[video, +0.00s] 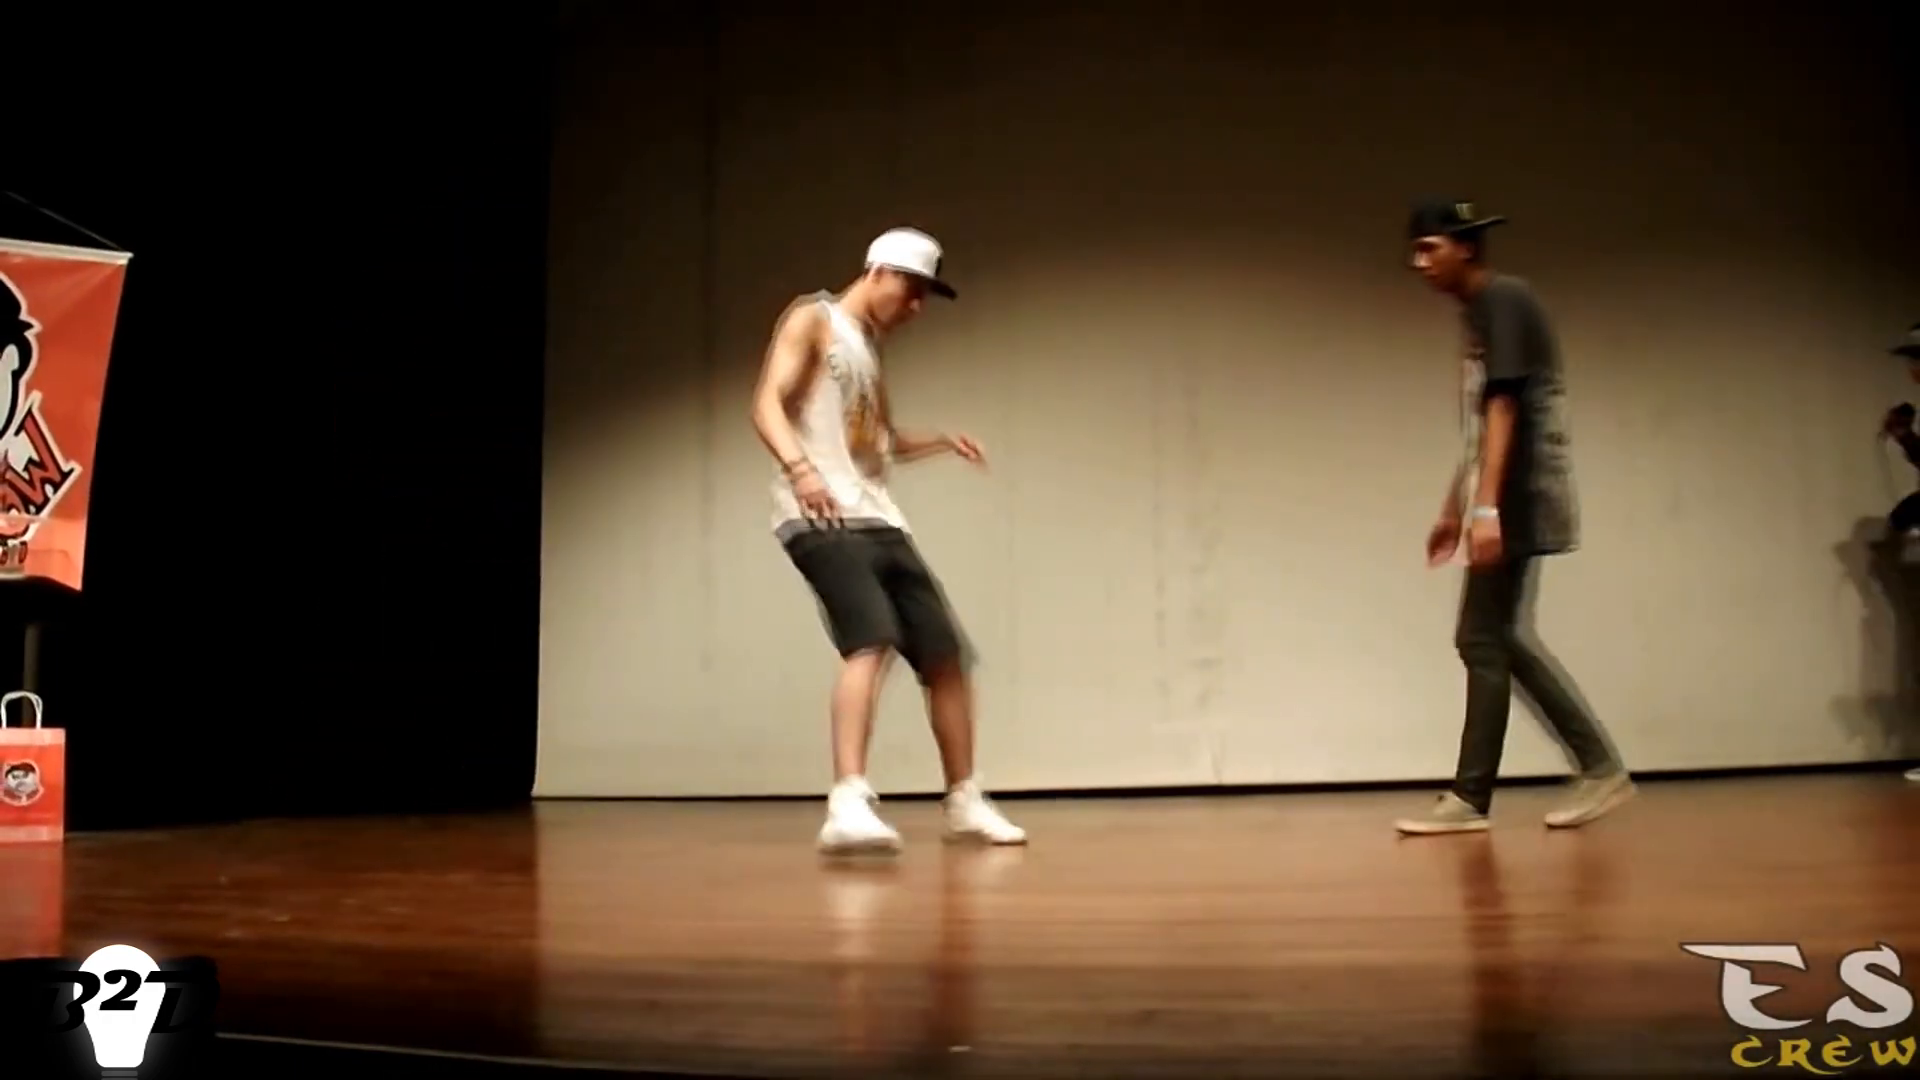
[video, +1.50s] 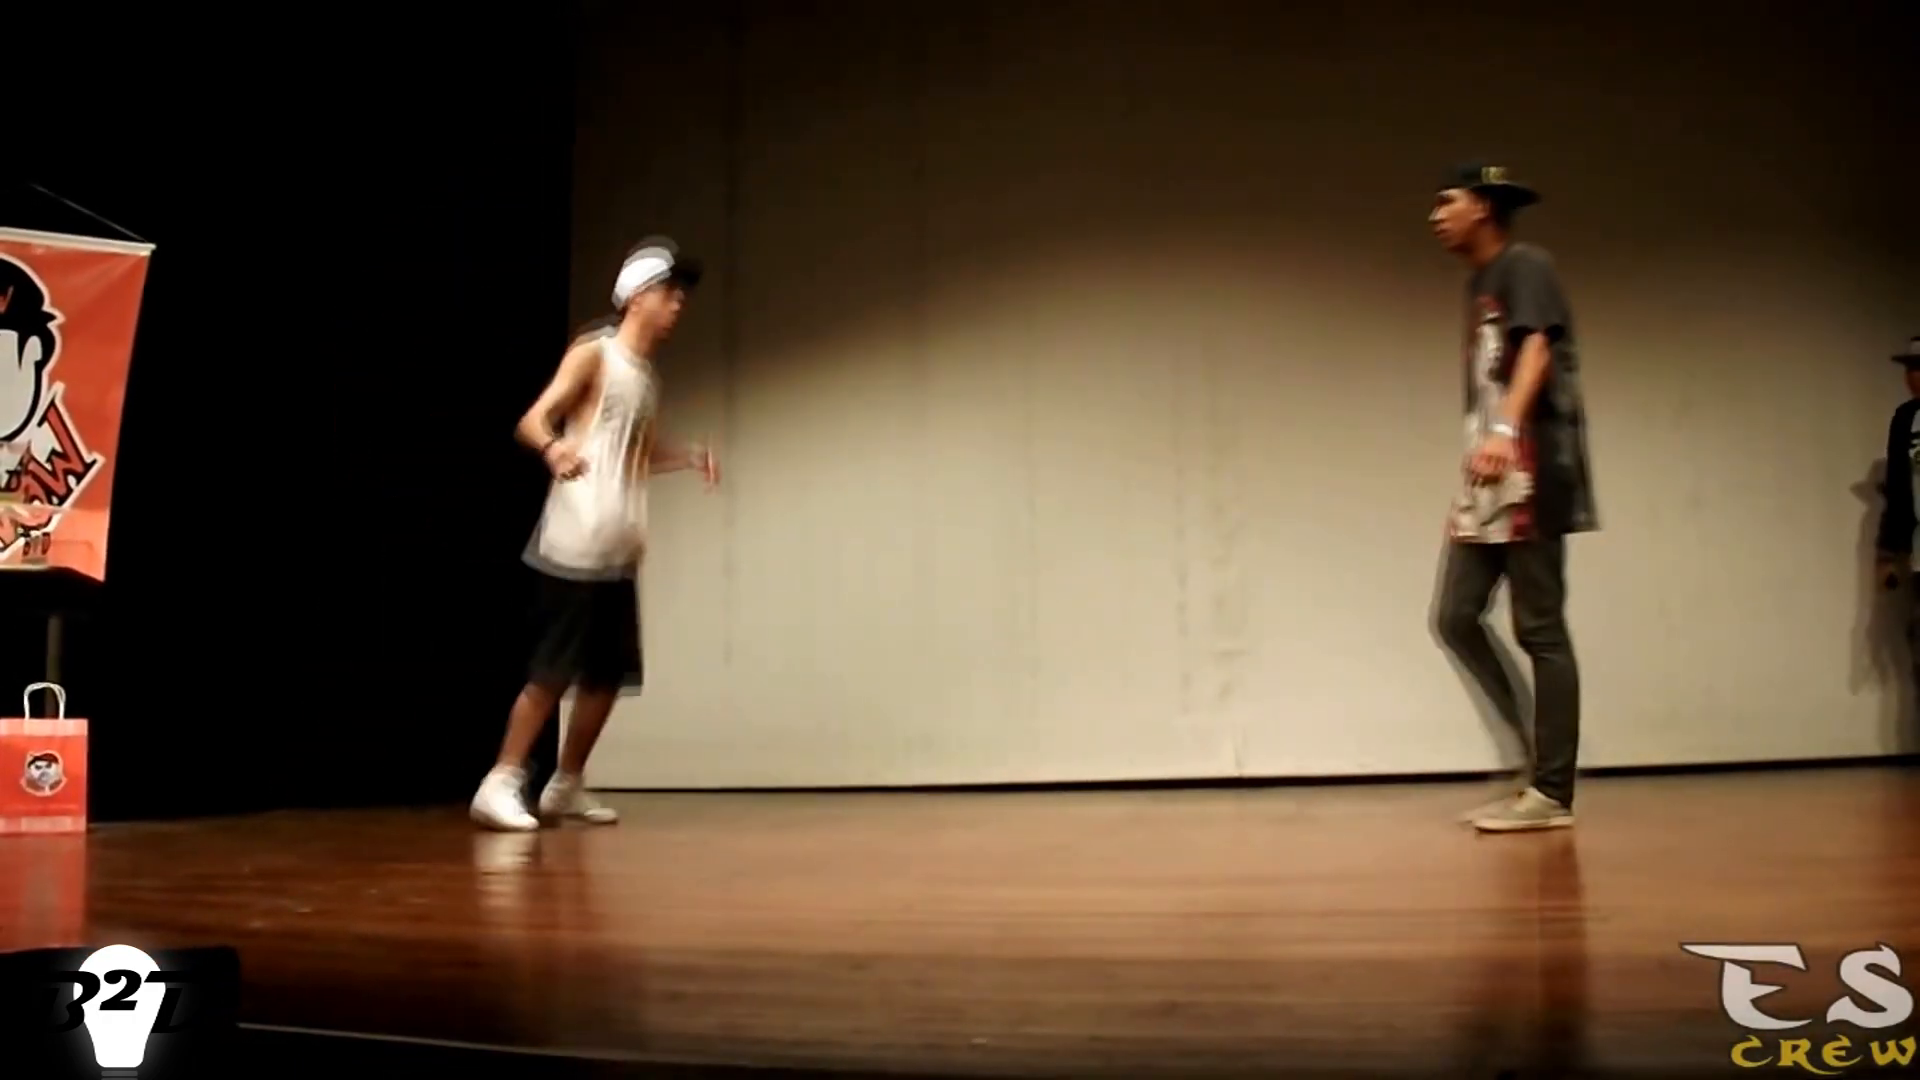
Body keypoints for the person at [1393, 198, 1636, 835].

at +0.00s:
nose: (1421, 263)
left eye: (1430, 248)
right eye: (1417, 252)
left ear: (1466, 247)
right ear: (1438, 256)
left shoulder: (1503, 302)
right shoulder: (1479, 311)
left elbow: (1503, 410)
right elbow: (1483, 423)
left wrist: (1486, 508)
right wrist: (1455, 510)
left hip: (1518, 504)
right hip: (1509, 506)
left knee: (1483, 641)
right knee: (1505, 638)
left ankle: (1469, 799)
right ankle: (1603, 771)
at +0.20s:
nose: (1390, 257)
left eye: (1400, 244)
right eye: (1386, 247)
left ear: (1435, 244)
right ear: (1396, 254)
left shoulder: (1475, 298)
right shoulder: (1441, 311)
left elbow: (1485, 409)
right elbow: (1446, 429)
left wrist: (1467, 512)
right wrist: (1428, 518)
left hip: (1483, 511)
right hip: (1452, 513)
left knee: (1477, 646)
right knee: (1420, 632)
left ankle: (1471, 797)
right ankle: (1514, 747)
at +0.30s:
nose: (1381, 253)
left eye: (1390, 239)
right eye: (1375, 243)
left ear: (1426, 240)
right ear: (1380, 252)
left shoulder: (1465, 295)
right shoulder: (1419, 315)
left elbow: (1480, 403)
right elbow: (1424, 425)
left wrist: (1455, 505)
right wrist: (1406, 513)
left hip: (1473, 510)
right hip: (1435, 513)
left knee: (1469, 644)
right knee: (1413, 635)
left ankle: (1472, 796)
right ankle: (1469, 768)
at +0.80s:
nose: (1344, 243)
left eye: (1355, 229)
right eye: (1336, 234)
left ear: (1384, 232)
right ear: (1331, 244)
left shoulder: (1423, 292)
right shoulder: (1342, 320)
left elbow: (1466, 382)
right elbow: (1328, 423)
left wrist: (1464, 469)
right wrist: (1307, 513)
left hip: (1422, 493)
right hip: (1366, 501)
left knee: (1414, 614)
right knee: (1368, 643)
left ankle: (1465, 761)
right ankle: (1378, 795)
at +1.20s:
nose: (1376, 229)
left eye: (1387, 216)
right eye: (1374, 218)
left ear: (1425, 220)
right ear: (1390, 229)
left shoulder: (1471, 283)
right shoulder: (1402, 304)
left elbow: (1498, 378)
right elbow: (1403, 410)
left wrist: (1496, 473)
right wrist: (1393, 501)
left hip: (1464, 494)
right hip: (1409, 499)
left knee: (1477, 630)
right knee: (1397, 639)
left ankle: (1543, 784)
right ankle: (1392, 792)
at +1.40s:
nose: (1414, 221)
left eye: (1426, 208)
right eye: (1415, 210)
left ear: (1464, 214)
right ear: (1443, 221)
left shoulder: (1505, 271)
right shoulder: (1459, 292)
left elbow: (1525, 354)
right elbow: (1465, 399)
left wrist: (1494, 432)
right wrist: (1449, 498)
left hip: (1515, 488)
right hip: (1469, 492)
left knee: (1528, 630)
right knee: (1440, 624)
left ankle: (1552, 790)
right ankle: (1451, 788)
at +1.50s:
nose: (1435, 214)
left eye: (1447, 203)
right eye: (1438, 204)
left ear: (1484, 209)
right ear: (1473, 213)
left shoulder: (1524, 268)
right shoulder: (1484, 285)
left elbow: (1537, 353)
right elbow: (1498, 382)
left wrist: (1502, 431)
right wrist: (1488, 461)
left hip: (1534, 481)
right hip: (1492, 481)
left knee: (1541, 629)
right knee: (1455, 619)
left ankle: (1553, 793)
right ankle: (1532, 761)